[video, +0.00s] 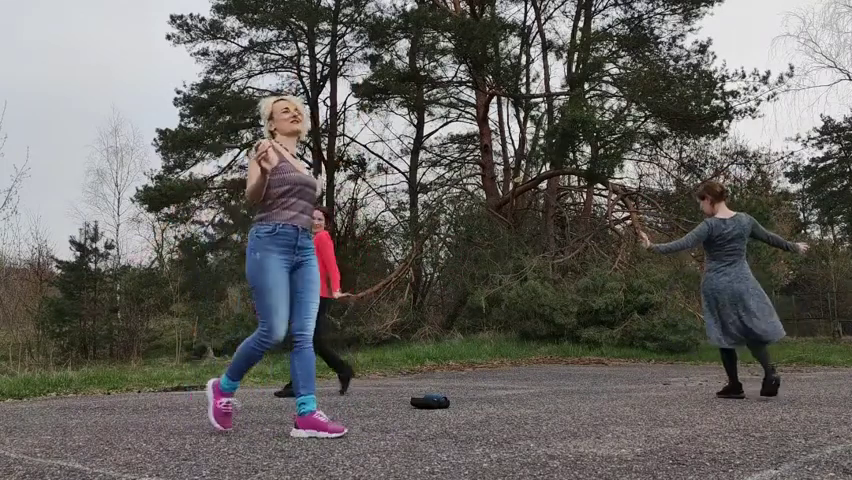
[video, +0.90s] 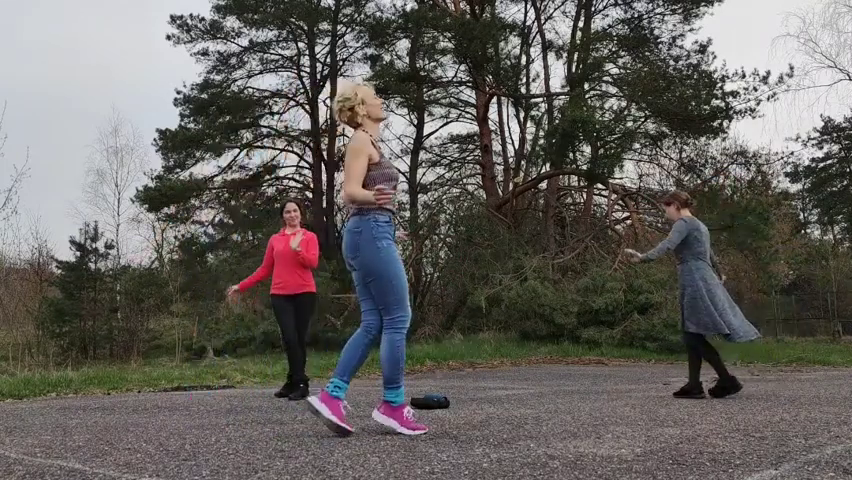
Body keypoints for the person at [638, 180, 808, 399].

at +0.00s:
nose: (700, 207)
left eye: (702, 201)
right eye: (700, 202)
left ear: (712, 200)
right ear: (720, 199)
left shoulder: (709, 225)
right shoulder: (744, 220)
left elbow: (684, 243)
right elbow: (769, 237)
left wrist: (652, 247)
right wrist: (793, 246)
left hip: (715, 283)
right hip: (742, 280)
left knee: (723, 334)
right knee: (751, 331)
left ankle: (733, 384)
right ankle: (770, 372)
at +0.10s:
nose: (698, 208)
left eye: (698, 202)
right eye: (697, 203)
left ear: (707, 200)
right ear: (716, 198)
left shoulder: (706, 224)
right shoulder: (740, 219)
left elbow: (681, 244)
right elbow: (764, 239)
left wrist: (650, 250)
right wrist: (791, 250)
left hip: (714, 283)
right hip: (739, 280)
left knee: (722, 334)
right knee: (746, 330)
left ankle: (733, 384)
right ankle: (762, 379)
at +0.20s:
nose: (695, 209)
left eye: (696, 204)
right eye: (694, 204)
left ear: (704, 201)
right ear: (713, 199)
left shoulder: (705, 225)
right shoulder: (738, 221)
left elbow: (679, 245)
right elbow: (762, 242)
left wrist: (648, 252)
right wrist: (787, 256)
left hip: (714, 284)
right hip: (738, 282)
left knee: (718, 333)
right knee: (739, 331)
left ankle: (733, 384)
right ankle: (736, 375)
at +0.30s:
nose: (692, 211)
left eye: (693, 206)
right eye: (691, 206)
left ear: (702, 203)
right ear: (710, 202)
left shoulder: (704, 225)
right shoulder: (734, 222)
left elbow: (679, 244)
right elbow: (756, 245)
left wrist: (647, 252)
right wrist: (782, 262)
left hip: (714, 285)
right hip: (735, 282)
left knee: (716, 333)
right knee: (732, 326)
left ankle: (734, 385)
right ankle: (714, 352)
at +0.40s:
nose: (689, 212)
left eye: (690, 207)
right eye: (689, 208)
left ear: (697, 204)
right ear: (709, 203)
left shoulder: (701, 224)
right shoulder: (731, 223)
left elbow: (675, 243)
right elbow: (752, 248)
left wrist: (644, 248)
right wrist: (775, 264)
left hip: (713, 281)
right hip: (733, 280)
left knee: (717, 332)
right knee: (708, 319)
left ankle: (733, 383)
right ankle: (689, 350)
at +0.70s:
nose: (677, 213)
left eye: (678, 209)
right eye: (676, 209)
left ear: (686, 206)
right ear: (695, 206)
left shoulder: (691, 224)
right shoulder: (714, 226)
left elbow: (668, 239)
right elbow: (729, 250)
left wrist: (636, 240)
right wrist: (747, 265)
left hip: (703, 285)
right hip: (715, 283)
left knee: (713, 334)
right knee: (697, 333)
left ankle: (733, 383)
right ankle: (694, 383)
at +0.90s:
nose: (665, 213)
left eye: (666, 208)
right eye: (664, 209)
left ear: (676, 205)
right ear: (683, 206)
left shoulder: (683, 223)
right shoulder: (700, 225)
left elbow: (667, 245)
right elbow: (709, 255)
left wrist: (642, 257)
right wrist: (717, 275)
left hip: (693, 282)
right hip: (702, 280)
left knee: (693, 335)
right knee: (693, 335)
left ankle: (726, 379)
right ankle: (693, 384)